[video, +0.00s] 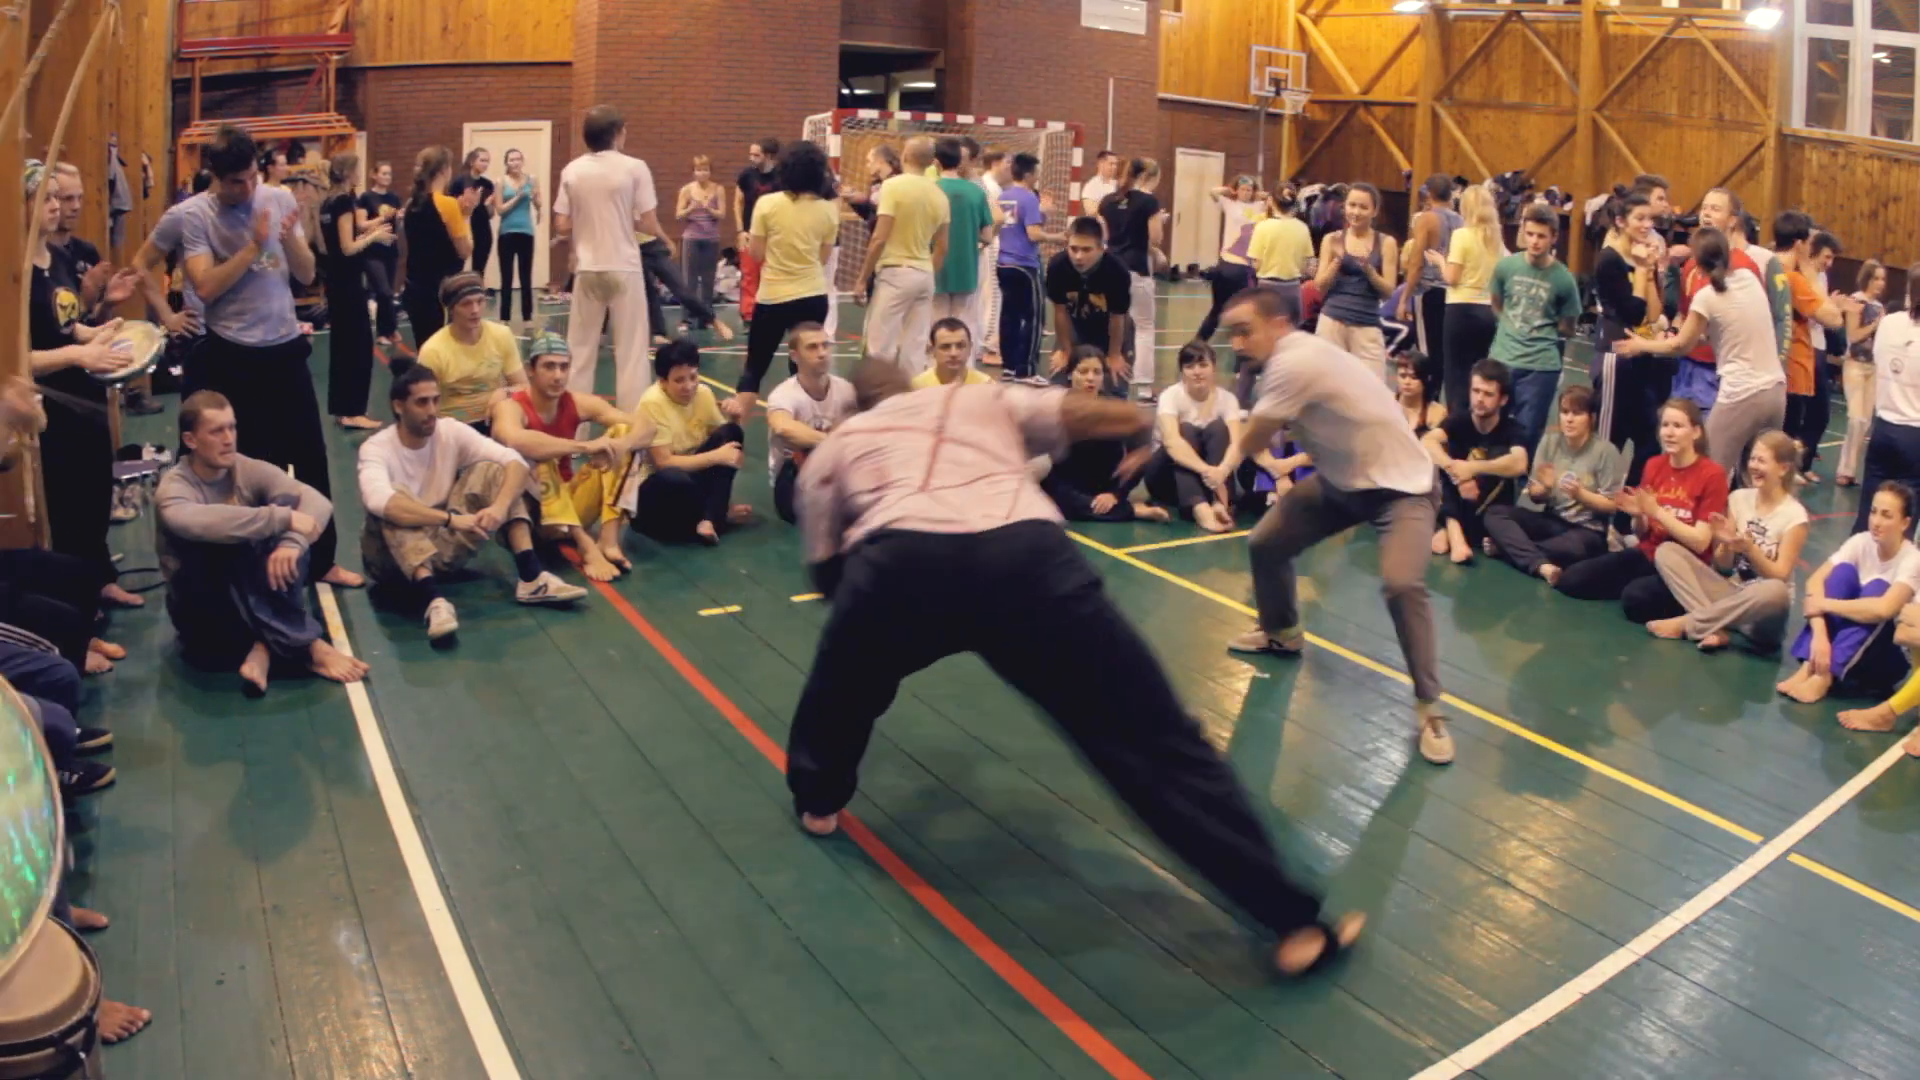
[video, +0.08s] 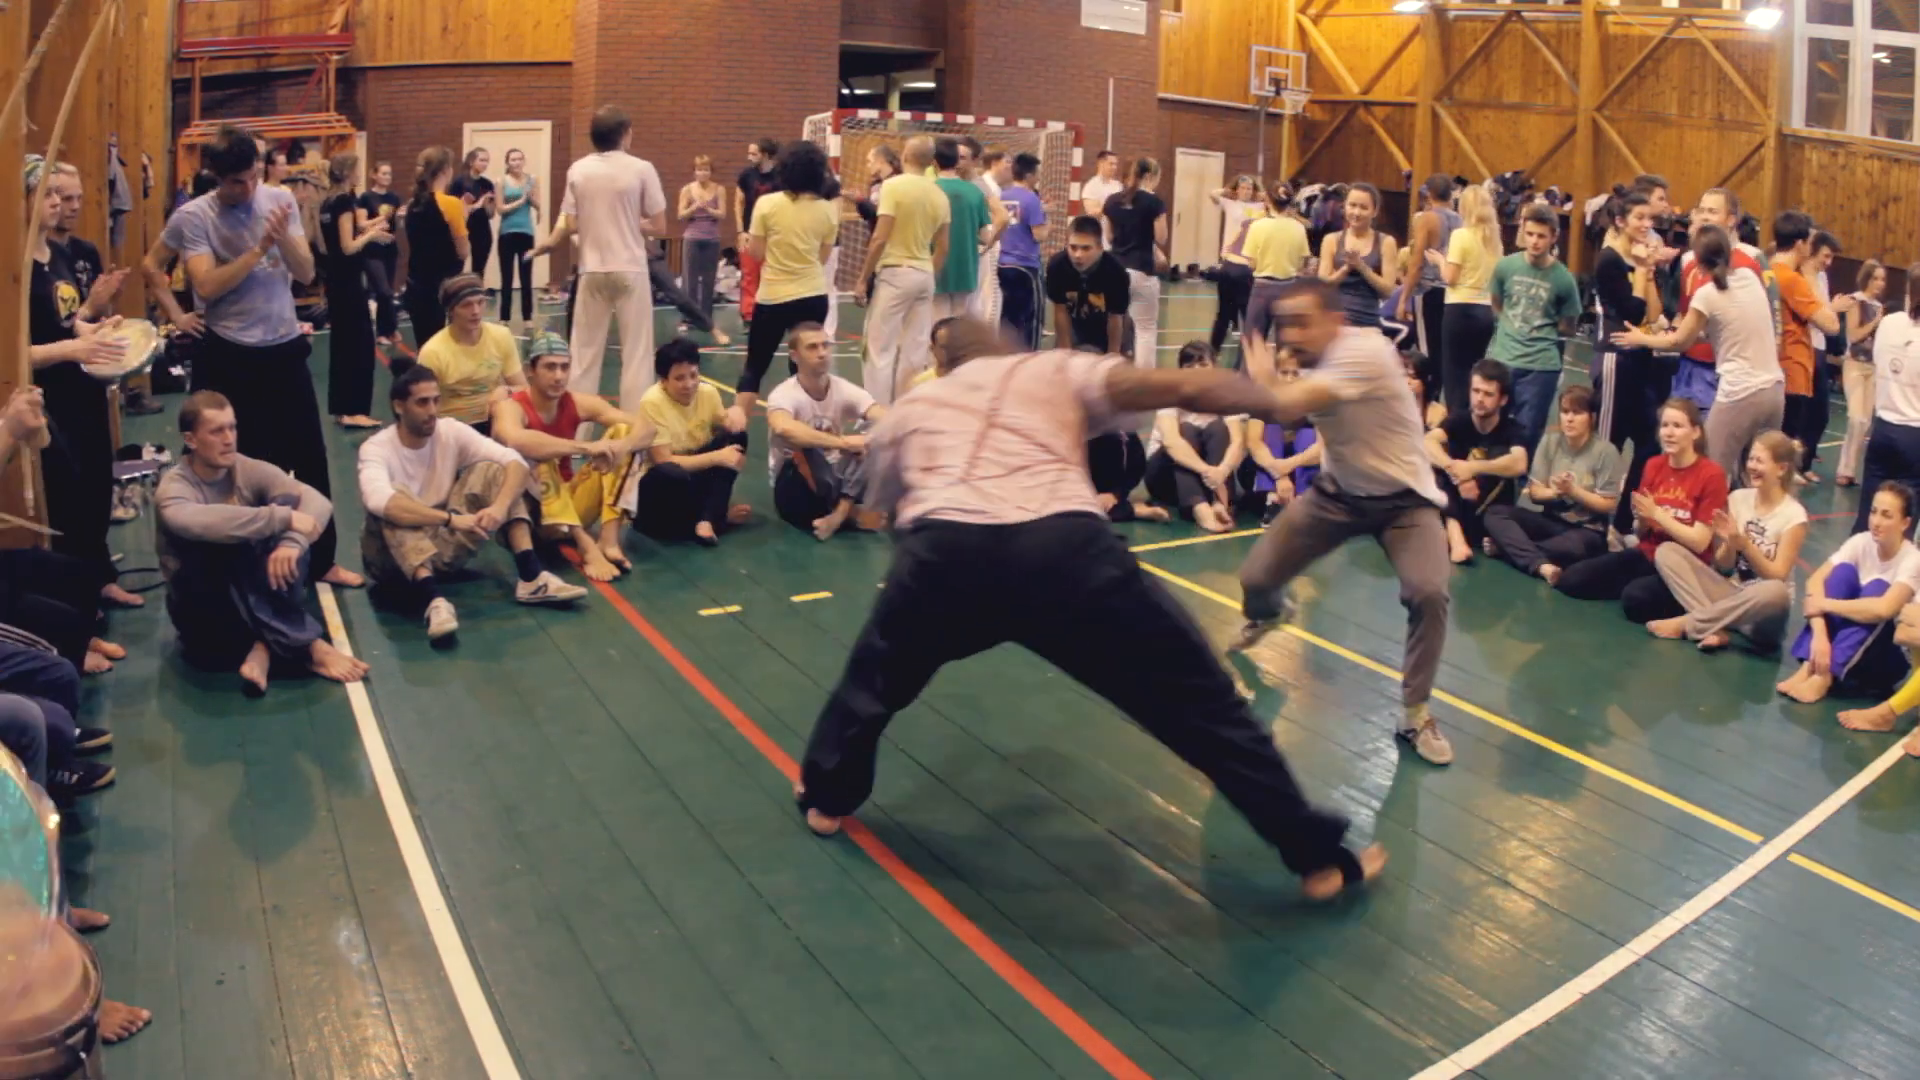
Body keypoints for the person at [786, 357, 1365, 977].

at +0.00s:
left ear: (855, 405)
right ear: (929, 381)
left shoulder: (829, 451)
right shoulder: (987, 396)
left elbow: (827, 579)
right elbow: (1128, 418)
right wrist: (1044, 440)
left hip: (898, 570)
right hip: (1026, 555)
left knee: (845, 680)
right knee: (1151, 737)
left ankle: (818, 802)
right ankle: (1294, 923)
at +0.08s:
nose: (923, 369)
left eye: (927, 360)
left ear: (936, 362)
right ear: (1010, 347)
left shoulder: (902, 410)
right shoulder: (1056, 370)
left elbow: (876, 513)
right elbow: (1184, 385)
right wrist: (1282, 401)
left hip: (943, 561)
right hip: (1067, 550)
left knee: (874, 679)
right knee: (1199, 700)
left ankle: (825, 801)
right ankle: (1319, 858)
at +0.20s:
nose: (1181, 309)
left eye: (1173, 298)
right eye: (1175, 299)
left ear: (1098, 307)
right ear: (1159, 301)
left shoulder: (1037, 366)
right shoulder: (1172, 340)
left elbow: (1006, 454)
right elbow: (1267, 388)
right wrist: (1423, 398)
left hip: (1008, 580)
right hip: (1125, 597)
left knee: (922, 671)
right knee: (1265, 666)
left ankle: (834, 802)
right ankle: (1302, 841)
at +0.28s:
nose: (1292, 329)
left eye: (1289, 316)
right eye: (1288, 317)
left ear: (1214, 303)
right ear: (1263, 311)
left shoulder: (1132, 353)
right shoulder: (1244, 363)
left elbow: (1098, 436)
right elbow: (1285, 431)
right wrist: (1429, 462)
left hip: (1045, 589)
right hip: (1148, 605)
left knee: (967, 682)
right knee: (1308, 663)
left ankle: (875, 805)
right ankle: (1302, 841)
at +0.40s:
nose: (1385, 395)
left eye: (1388, 382)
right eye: (1383, 383)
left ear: (1318, 357)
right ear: (1359, 385)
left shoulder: (1249, 377)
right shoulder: (1290, 437)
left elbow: (1299, 471)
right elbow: (1191, 530)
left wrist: (1384, 457)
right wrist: (1230, 659)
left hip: (1086, 579)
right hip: (1148, 601)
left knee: (1084, 735)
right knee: (1331, 667)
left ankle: (935, 773)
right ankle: (1311, 840)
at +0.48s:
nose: (1383, 436)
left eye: (1385, 427)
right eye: (1386, 426)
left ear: (1326, 380)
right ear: (1358, 420)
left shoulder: (1297, 414)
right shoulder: (1235, 463)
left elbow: (1304, 513)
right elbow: (1102, 547)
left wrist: (1380, 521)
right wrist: (1036, 692)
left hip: (1167, 610)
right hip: (1161, 615)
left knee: (1115, 753)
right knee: (1337, 679)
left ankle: (936, 751)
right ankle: (1313, 840)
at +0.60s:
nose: (1337, 436)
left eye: (1342, 426)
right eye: (1338, 425)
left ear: (1288, 391)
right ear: (1312, 418)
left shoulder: (1297, 456)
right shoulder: (1169, 439)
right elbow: (1043, 493)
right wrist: (939, 569)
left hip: (1211, 620)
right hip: (1148, 611)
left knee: (1073, 760)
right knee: (1328, 685)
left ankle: (905, 737)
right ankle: (1316, 841)